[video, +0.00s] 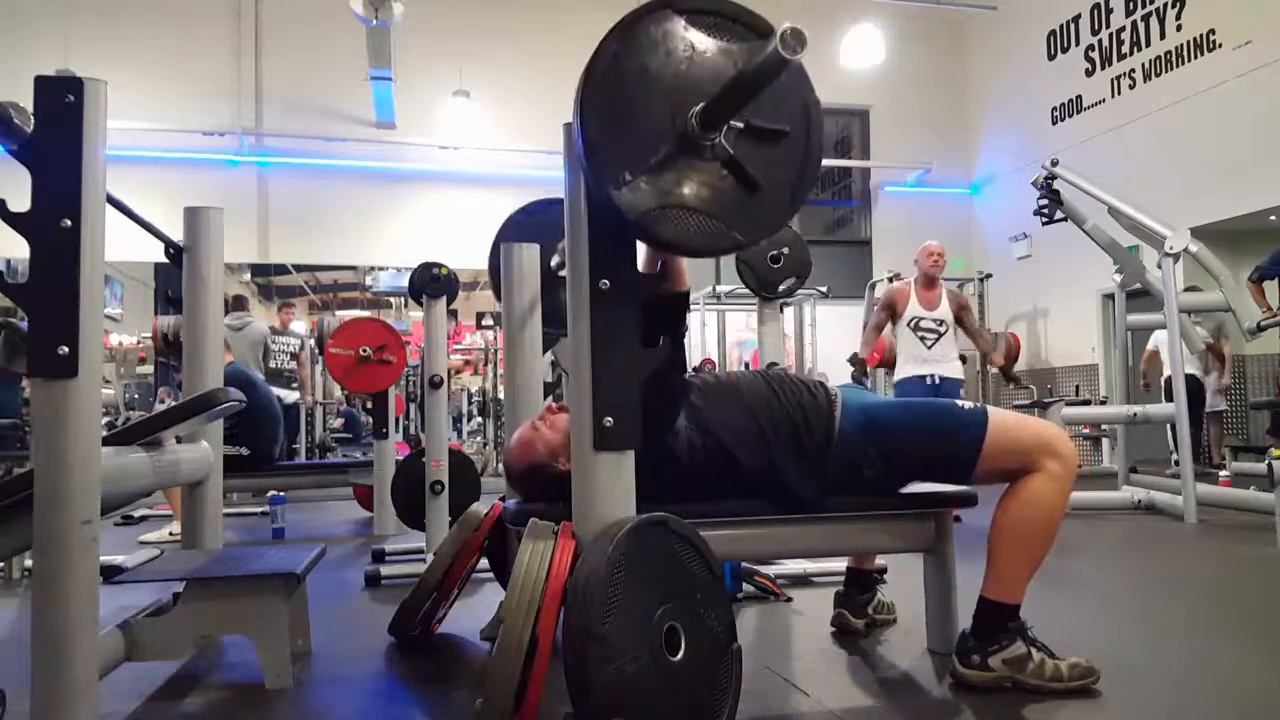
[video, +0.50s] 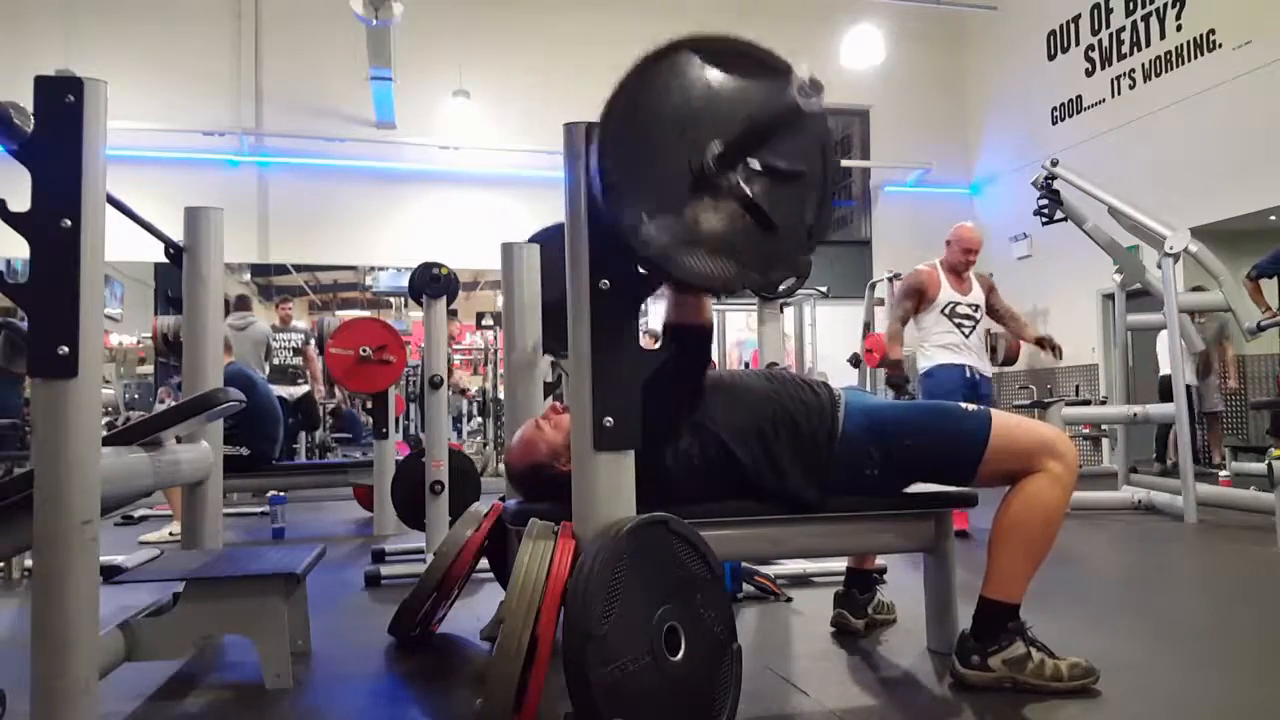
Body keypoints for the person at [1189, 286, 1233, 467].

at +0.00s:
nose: (1193, 304)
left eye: (1196, 299)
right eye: (1189, 300)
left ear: (1203, 299)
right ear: (1184, 302)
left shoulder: (1217, 318)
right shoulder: (1181, 322)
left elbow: (1226, 346)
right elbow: (1173, 351)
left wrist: (1227, 374)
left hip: (1213, 373)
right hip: (1190, 374)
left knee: (1214, 415)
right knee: (1190, 417)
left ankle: (1216, 456)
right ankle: (1191, 459)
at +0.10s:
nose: (1196, 304)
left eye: (1199, 299)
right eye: (1191, 300)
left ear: (1207, 299)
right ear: (1186, 302)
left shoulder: (1220, 319)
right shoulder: (1182, 321)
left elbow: (1228, 348)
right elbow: (1174, 351)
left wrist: (1230, 376)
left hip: (1214, 375)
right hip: (1190, 375)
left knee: (1215, 416)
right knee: (1190, 418)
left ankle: (1216, 456)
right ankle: (1190, 459)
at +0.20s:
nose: (1200, 304)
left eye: (1203, 299)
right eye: (1196, 300)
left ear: (1210, 299)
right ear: (1190, 302)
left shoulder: (1222, 318)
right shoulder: (1186, 321)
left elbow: (1230, 347)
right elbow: (1178, 350)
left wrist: (1234, 377)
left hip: (1215, 375)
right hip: (1193, 376)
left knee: (1215, 416)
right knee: (1192, 418)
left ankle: (1216, 457)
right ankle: (1193, 458)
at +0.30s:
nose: (1200, 303)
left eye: (1203, 299)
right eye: (1196, 300)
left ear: (1210, 299)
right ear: (1191, 302)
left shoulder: (1222, 319)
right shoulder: (1187, 322)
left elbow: (1230, 347)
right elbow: (1181, 350)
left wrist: (1234, 377)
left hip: (1215, 376)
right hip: (1193, 376)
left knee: (1215, 417)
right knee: (1192, 418)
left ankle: (1216, 456)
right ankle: (1192, 457)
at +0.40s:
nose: (1201, 304)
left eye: (1205, 299)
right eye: (1197, 299)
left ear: (1211, 299)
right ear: (1191, 301)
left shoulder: (1222, 320)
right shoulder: (1186, 321)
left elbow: (1230, 348)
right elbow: (1179, 349)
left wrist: (1234, 377)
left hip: (1214, 376)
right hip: (1191, 377)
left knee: (1215, 418)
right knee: (1189, 419)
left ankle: (1216, 457)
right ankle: (1189, 458)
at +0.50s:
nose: (1197, 304)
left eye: (1201, 299)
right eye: (1193, 300)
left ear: (1207, 300)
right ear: (1188, 302)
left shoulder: (1219, 319)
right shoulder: (1184, 321)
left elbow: (1228, 348)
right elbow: (1176, 349)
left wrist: (1232, 377)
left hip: (1210, 375)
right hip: (1187, 376)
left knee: (1213, 417)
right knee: (1184, 418)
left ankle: (1216, 458)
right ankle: (1182, 459)